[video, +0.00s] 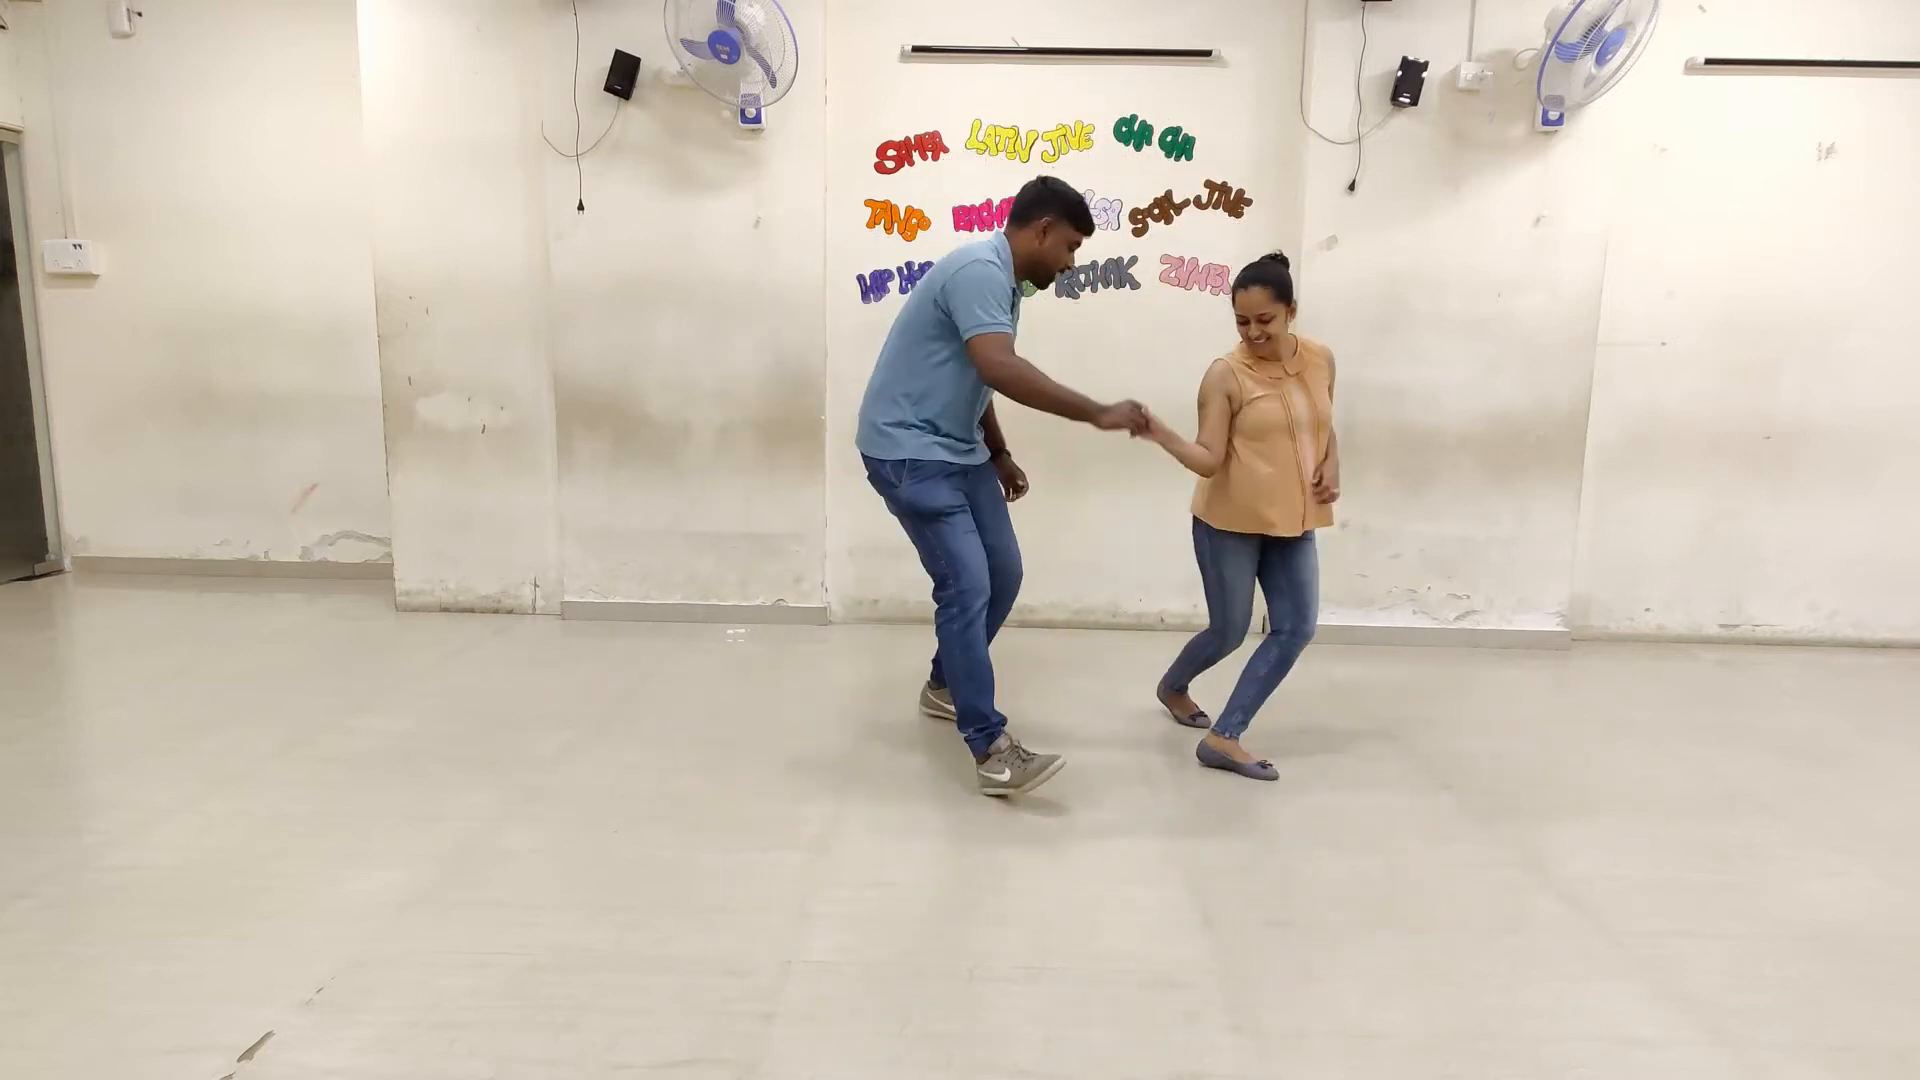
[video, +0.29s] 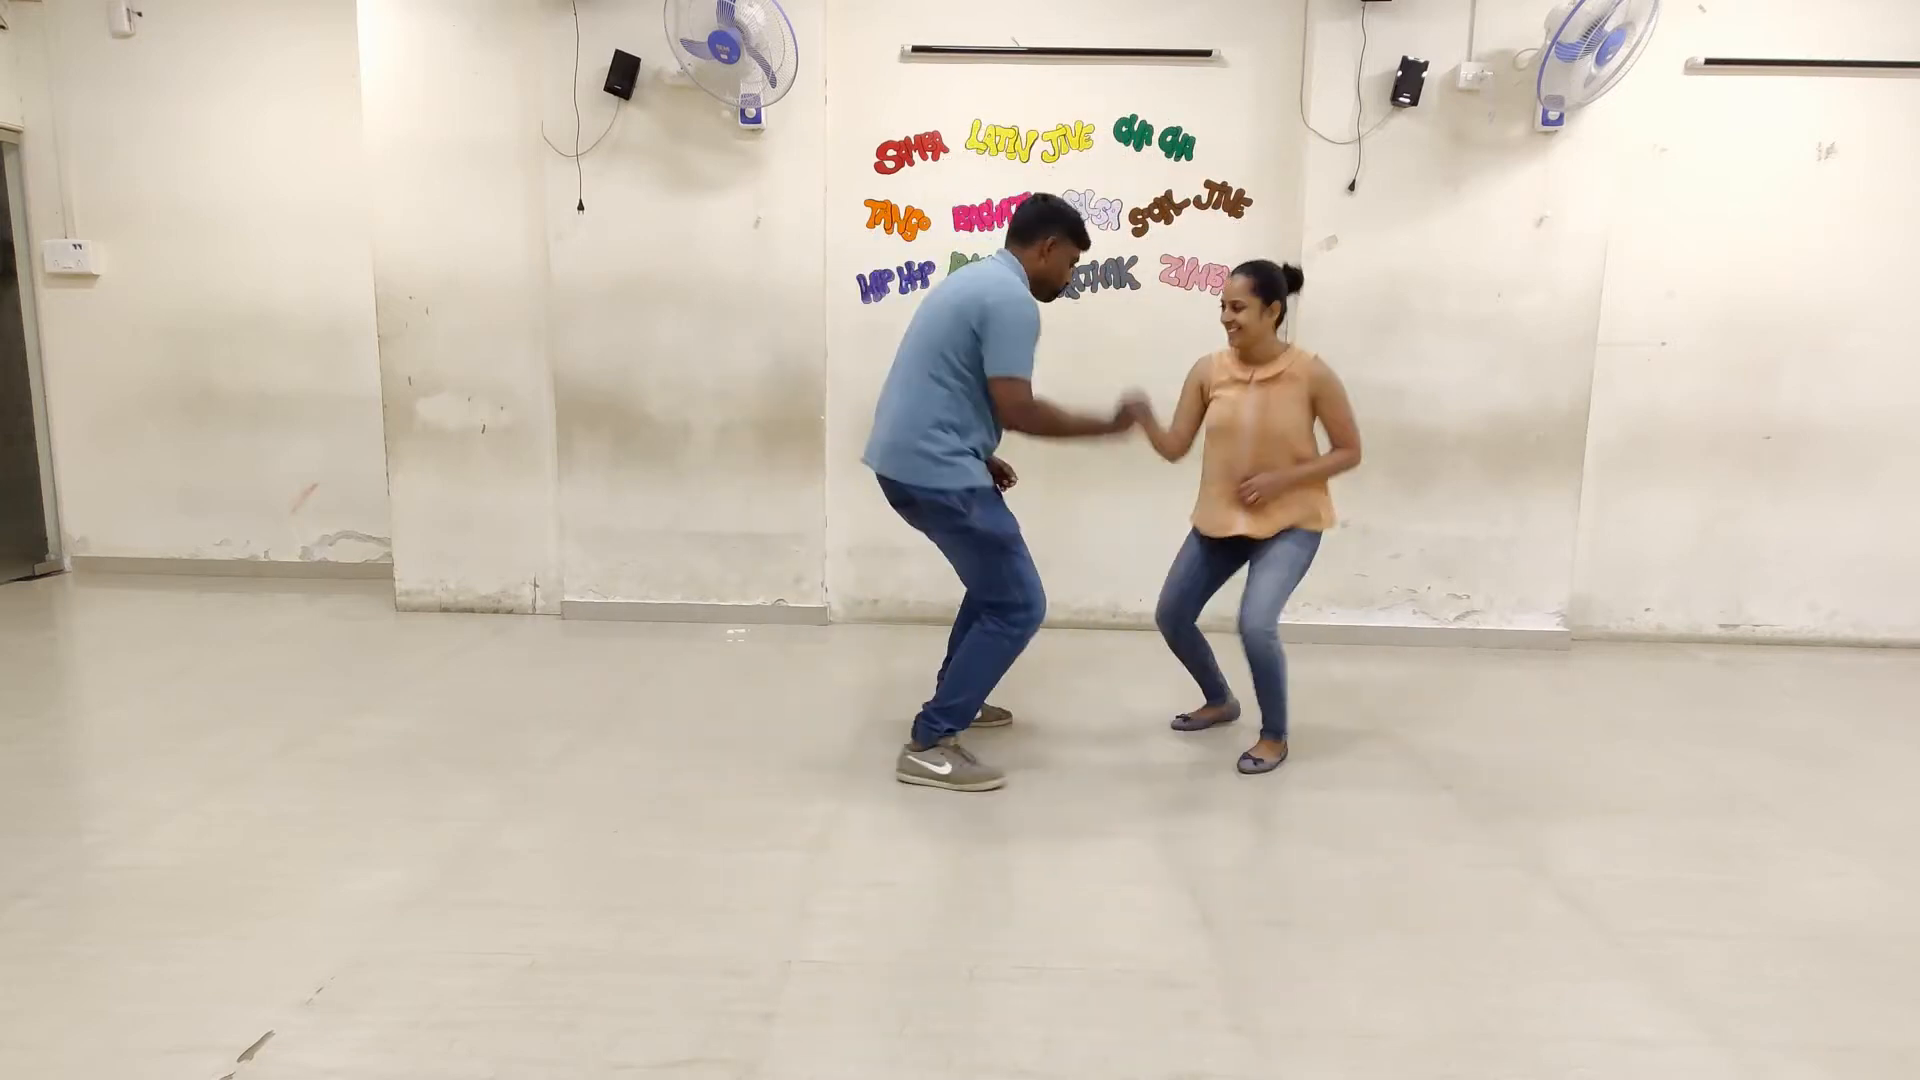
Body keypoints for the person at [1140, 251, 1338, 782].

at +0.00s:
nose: (1254, 332)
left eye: (1265, 319)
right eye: (1243, 321)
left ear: (1290, 310)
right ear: (1234, 314)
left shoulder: (1318, 360)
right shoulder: (1224, 375)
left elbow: (1324, 426)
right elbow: (1209, 459)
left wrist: (1330, 466)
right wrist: (1159, 432)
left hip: (1291, 523)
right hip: (1227, 521)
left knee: (1294, 628)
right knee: (1230, 630)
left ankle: (1223, 736)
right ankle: (1171, 686)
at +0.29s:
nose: (1227, 316)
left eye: (1238, 307)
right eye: (1224, 306)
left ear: (1273, 311)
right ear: (1222, 307)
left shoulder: (1310, 373)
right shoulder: (1209, 370)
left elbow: (1350, 451)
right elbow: (1174, 448)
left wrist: (1283, 478)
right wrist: (1144, 416)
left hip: (1291, 522)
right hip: (1222, 522)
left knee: (1256, 624)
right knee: (1172, 616)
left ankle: (1274, 738)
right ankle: (1220, 701)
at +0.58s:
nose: (1222, 279)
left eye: (1231, 270)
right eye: (1224, 268)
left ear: (1263, 280)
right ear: (1264, 280)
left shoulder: (1257, 334)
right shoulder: (1273, 326)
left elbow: (1236, 429)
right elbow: (1209, 393)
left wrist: (1207, 433)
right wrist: (1134, 386)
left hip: (1267, 490)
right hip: (1288, 486)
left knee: (1238, 618)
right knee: (1216, 583)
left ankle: (1292, 745)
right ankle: (1224, 703)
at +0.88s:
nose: (1227, 275)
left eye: (1238, 268)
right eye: (1226, 265)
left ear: (1271, 275)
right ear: (1233, 268)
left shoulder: (1271, 320)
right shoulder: (1231, 323)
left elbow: (1243, 397)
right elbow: (1158, 342)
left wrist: (1209, 413)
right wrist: (1092, 337)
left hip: (1277, 482)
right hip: (1249, 482)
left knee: (1240, 604)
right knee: (1210, 587)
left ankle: (1284, 735)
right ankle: (1224, 700)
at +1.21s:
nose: (1320, 276)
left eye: (1321, 266)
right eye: (1311, 266)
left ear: (1292, 271)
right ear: (1276, 269)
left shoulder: (1315, 338)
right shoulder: (1234, 342)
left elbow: (1327, 413)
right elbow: (1234, 438)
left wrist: (1322, 428)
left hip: (1293, 502)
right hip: (1230, 498)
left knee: (1273, 630)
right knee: (1231, 619)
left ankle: (1218, 729)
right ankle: (1164, 674)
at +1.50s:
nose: (1273, 262)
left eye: (1274, 254)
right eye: (1278, 253)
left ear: (1281, 258)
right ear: (1332, 256)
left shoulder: (1250, 312)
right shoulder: (1362, 315)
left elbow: (1206, 394)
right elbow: (1410, 383)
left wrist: (1258, 407)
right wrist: (1374, 351)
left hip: (1248, 477)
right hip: (1326, 483)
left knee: (1252, 611)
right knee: (1321, 611)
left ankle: (1252, 752)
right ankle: (1328, 745)